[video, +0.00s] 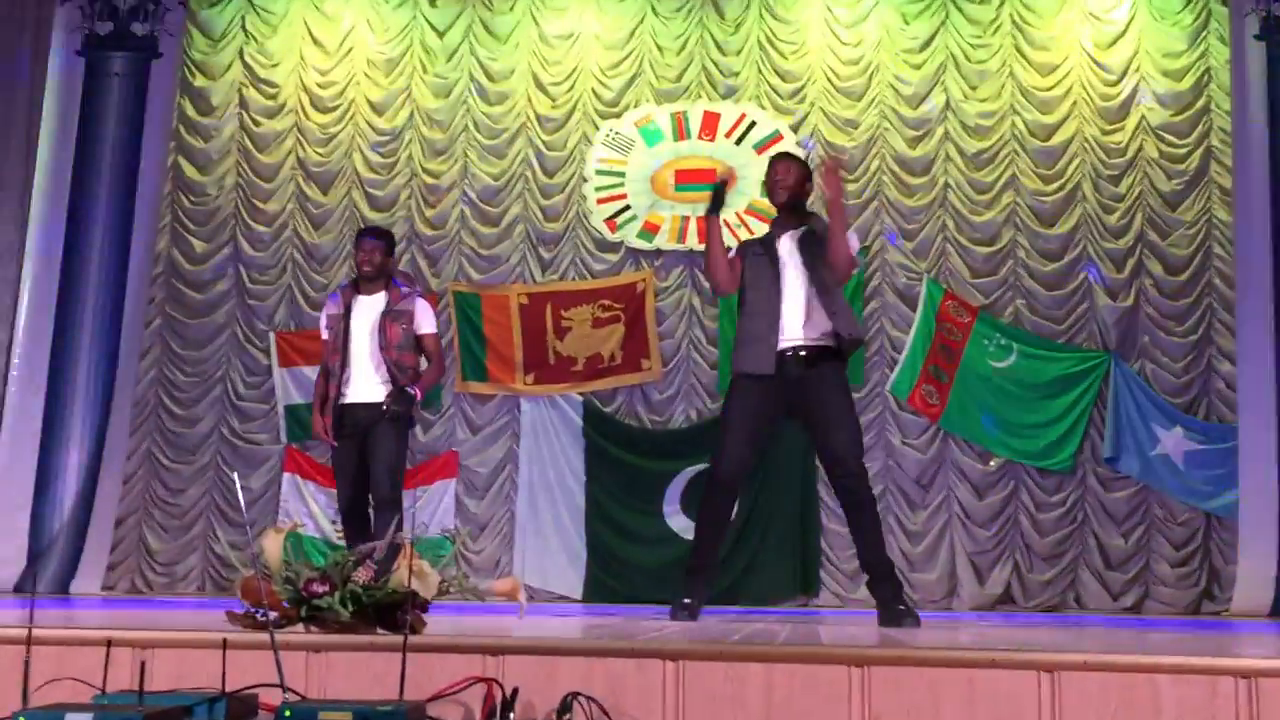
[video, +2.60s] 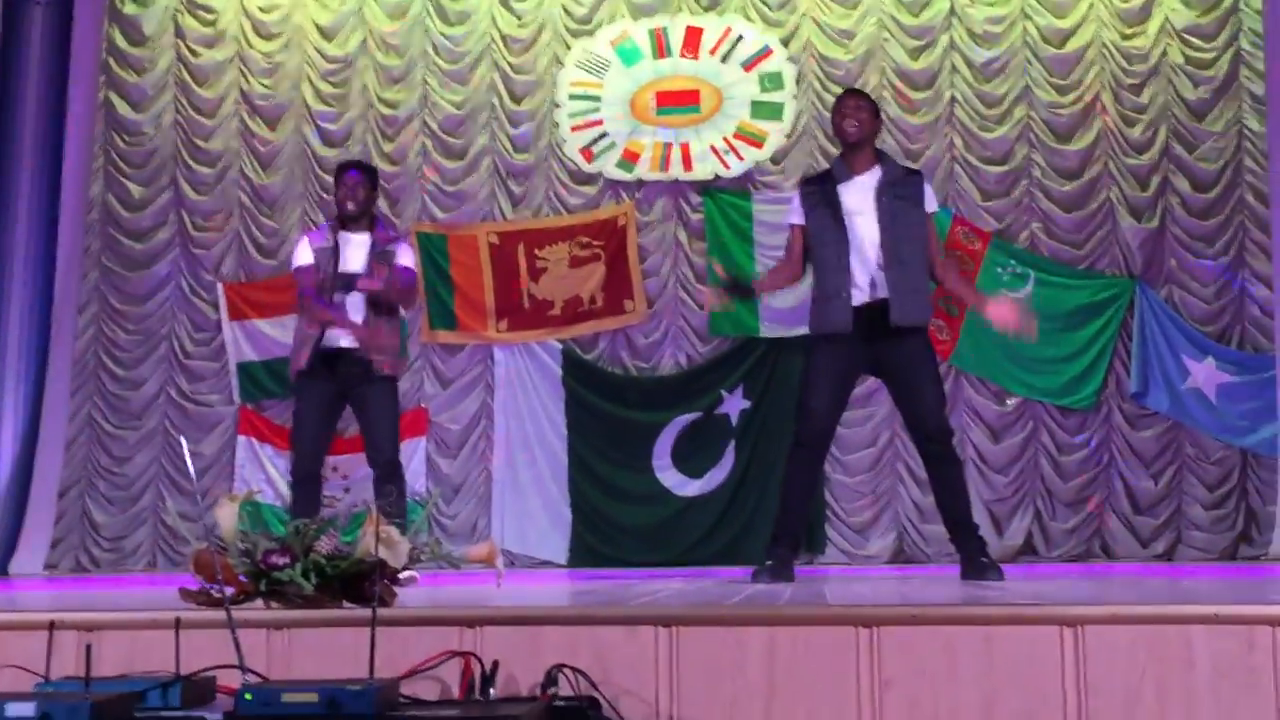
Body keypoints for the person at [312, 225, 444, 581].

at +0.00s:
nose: (366, 259)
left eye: (375, 253)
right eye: (361, 252)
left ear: (390, 260)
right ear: (353, 256)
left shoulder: (414, 304)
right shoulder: (335, 304)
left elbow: (437, 364)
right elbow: (326, 365)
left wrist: (416, 391)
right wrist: (317, 410)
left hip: (388, 413)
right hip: (344, 415)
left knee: (386, 497)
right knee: (349, 502)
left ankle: (383, 579)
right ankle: (362, 578)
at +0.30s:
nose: (345, 229)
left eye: (355, 223)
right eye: (340, 222)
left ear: (373, 231)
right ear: (332, 228)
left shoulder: (396, 284)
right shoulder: (310, 279)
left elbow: (414, 353)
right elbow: (297, 348)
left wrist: (389, 389)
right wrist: (278, 396)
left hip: (361, 407)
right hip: (308, 406)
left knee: (359, 505)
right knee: (279, 496)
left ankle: (354, 600)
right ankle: (314, 581)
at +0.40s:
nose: (334, 234)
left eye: (344, 227)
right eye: (329, 226)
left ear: (360, 236)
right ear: (320, 232)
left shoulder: (384, 289)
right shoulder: (298, 284)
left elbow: (402, 359)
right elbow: (285, 355)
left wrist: (378, 399)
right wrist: (264, 403)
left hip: (348, 416)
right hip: (293, 414)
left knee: (348, 515)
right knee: (260, 503)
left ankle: (346, 613)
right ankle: (276, 602)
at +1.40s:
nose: (362, 199)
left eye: (371, 193)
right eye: (356, 192)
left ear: (386, 200)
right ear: (346, 197)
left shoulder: (407, 246)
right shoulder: (320, 242)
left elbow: (421, 309)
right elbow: (289, 308)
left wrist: (425, 362)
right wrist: (266, 365)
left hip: (378, 378)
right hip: (319, 374)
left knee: (388, 478)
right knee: (293, 472)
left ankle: (395, 576)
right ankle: (294, 577)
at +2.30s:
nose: (339, 225)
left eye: (348, 219)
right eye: (333, 219)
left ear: (363, 226)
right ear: (323, 225)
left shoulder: (386, 271)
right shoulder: (300, 273)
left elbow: (439, 318)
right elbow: (244, 314)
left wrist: (447, 347)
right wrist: (266, 347)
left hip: (375, 399)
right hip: (321, 401)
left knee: (395, 492)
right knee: (323, 501)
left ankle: (414, 582)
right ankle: (322, 588)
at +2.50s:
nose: (339, 203)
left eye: (347, 196)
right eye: (332, 196)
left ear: (361, 204)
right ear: (322, 201)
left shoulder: (383, 252)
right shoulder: (296, 251)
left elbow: (416, 308)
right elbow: (289, 309)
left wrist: (441, 297)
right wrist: (245, 291)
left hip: (367, 375)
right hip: (312, 376)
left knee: (382, 469)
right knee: (309, 473)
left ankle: (396, 559)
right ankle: (303, 562)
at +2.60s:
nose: (349, 196)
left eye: (358, 189)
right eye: (343, 189)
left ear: (373, 195)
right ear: (335, 194)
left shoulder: (397, 245)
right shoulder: (311, 242)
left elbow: (403, 295)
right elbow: (307, 302)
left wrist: (352, 281)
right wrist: (351, 323)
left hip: (373, 364)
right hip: (320, 363)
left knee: (385, 459)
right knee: (305, 461)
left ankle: (394, 548)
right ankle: (301, 549)